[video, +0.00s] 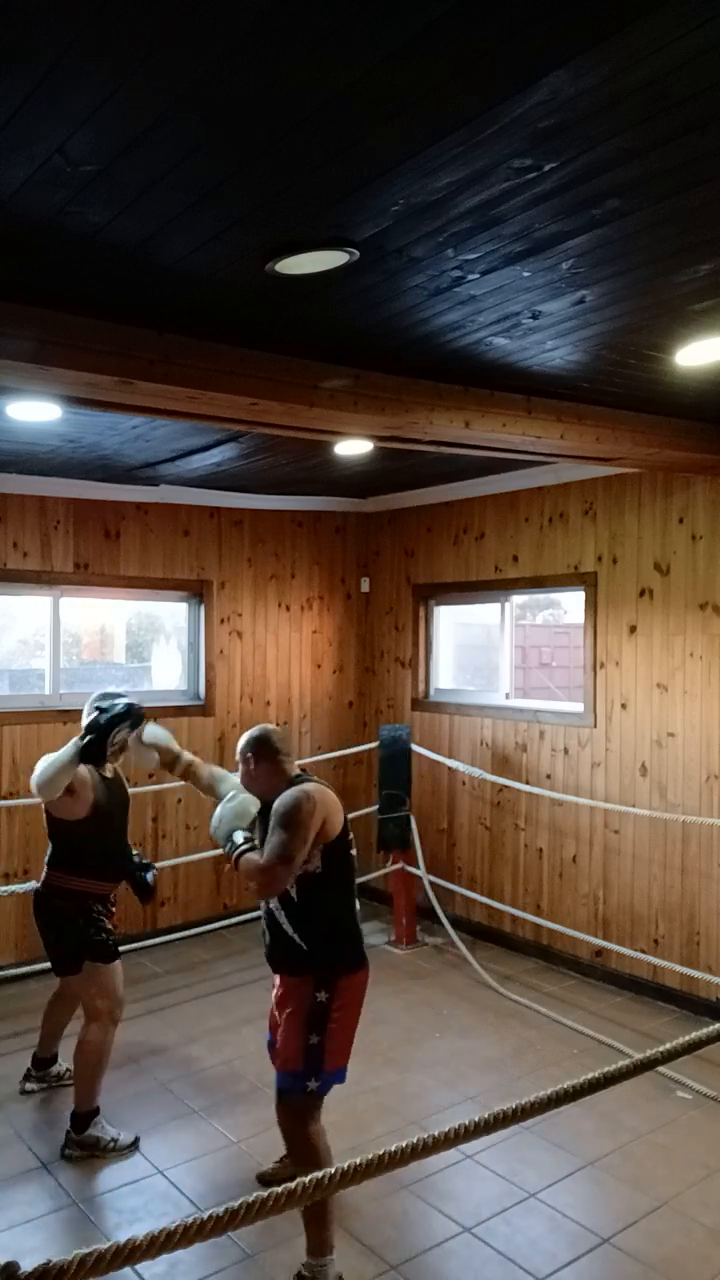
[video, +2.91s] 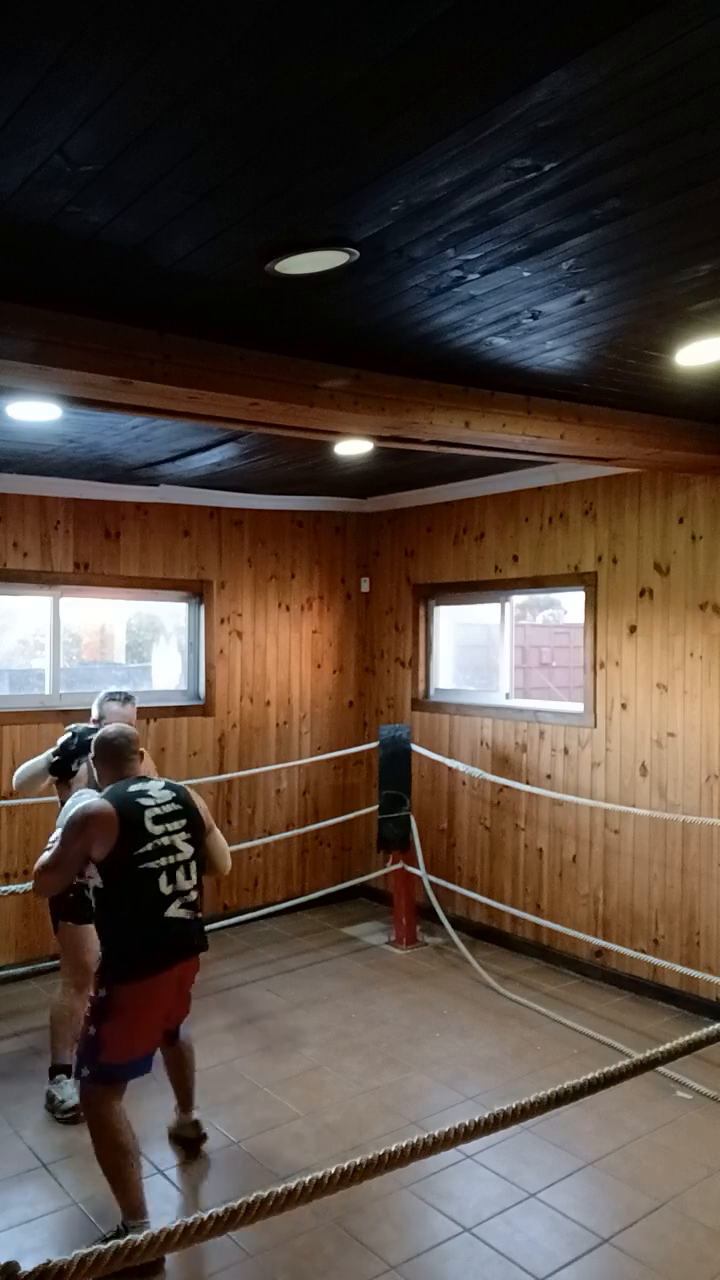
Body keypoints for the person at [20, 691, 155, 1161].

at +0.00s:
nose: (128, 743)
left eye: (131, 734)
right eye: (124, 733)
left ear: (122, 736)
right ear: (102, 731)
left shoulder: (112, 778)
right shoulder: (72, 774)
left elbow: (110, 837)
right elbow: (42, 787)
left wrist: (135, 868)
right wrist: (85, 740)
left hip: (90, 900)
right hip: (69, 902)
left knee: (72, 986)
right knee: (104, 1012)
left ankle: (43, 1065)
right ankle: (84, 1127)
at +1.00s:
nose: (146, 739)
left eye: (152, 731)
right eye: (139, 727)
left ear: (156, 737)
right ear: (120, 725)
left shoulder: (144, 775)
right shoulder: (91, 761)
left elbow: (146, 825)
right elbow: (73, 788)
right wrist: (118, 748)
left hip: (121, 882)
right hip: (77, 884)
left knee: (117, 965)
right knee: (102, 988)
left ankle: (100, 1037)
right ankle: (69, 1094)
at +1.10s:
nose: (152, 740)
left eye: (157, 733)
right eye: (146, 730)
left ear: (158, 736)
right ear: (124, 727)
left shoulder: (153, 772)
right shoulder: (95, 762)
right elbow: (71, 784)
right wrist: (116, 743)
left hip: (125, 879)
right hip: (80, 881)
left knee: (118, 963)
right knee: (101, 989)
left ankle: (98, 1037)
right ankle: (72, 1094)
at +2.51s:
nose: (136, 728)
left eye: (138, 723)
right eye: (130, 719)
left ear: (134, 724)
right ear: (104, 715)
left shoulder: (133, 752)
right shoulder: (78, 750)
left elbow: (152, 780)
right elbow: (35, 760)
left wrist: (116, 730)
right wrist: (61, 711)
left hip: (124, 872)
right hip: (80, 876)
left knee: (117, 965)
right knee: (87, 984)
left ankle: (94, 1037)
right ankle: (64, 1085)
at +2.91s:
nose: (119, 734)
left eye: (126, 726)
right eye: (111, 726)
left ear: (134, 723)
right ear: (94, 721)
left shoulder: (138, 762)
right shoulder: (77, 753)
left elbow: (155, 805)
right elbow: (21, 784)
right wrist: (60, 754)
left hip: (125, 875)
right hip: (74, 875)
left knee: (122, 970)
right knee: (81, 977)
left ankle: (111, 1065)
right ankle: (62, 1075)